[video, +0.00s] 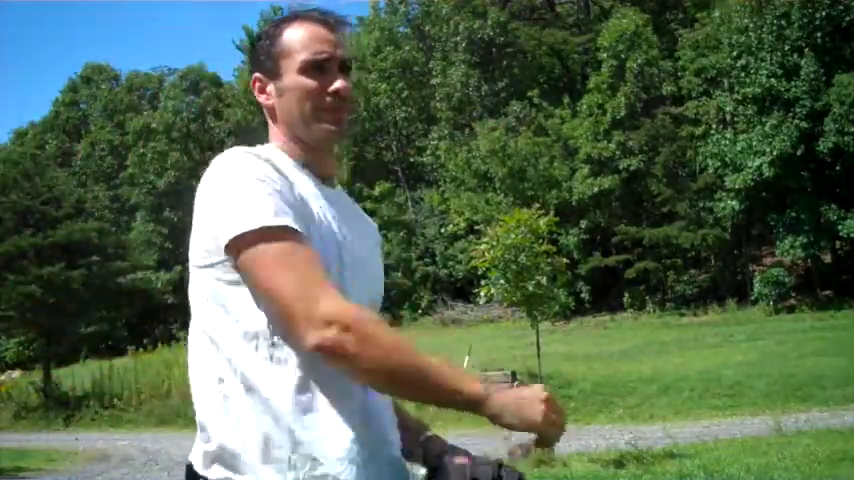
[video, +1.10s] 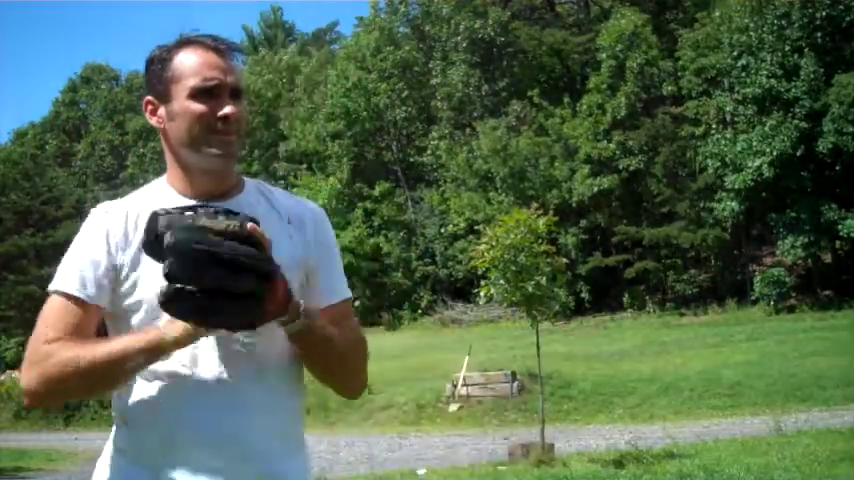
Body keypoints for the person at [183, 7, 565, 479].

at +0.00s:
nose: (341, 85)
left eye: (345, 69)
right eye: (317, 69)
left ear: (353, 80)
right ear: (265, 91)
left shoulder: (361, 224)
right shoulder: (242, 177)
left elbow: (354, 383)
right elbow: (325, 329)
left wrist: (436, 453)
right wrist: (491, 399)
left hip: (366, 466)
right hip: (264, 465)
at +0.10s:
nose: (328, 89)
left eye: (333, 75)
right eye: (306, 73)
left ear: (340, 86)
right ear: (253, 94)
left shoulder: (362, 228)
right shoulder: (212, 190)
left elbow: (363, 382)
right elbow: (236, 329)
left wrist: (440, 444)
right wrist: (403, 376)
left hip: (364, 472)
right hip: (252, 469)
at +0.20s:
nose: (316, 90)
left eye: (321, 77)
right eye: (293, 74)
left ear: (327, 89)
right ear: (240, 94)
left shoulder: (359, 228)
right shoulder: (190, 196)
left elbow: (370, 369)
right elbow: (142, 326)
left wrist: (446, 425)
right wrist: (279, 358)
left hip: (345, 471)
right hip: (219, 470)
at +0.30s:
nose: (303, 91)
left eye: (309, 77)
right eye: (279, 75)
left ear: (318, 88)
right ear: (228, 94)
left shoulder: (351, 226)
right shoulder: (171, 203)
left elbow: (370, 361)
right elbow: (77, 334)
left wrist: (432, 391)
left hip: (328, 467)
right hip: (198, 469)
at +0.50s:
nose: (277, 98)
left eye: (282, 82)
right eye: (255, 82)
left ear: (290, 93)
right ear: (201, 98)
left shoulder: (337, 218)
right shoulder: (142, 213)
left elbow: (405, 372)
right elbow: (44, 352)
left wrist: (379, 334)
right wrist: (182, 316)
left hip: (301, 466)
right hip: (171, 467)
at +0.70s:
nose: (245, 105)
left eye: (252, 90)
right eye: (223, 89)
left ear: (262, 100)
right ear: (173, 107)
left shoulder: (319, 214)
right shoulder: (127, 217)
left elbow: (410, 349)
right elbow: (37, 346)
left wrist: (306, 306)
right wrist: (156, 298)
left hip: (284, 468)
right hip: (157, 468)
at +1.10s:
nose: (229, 110)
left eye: (236, 95)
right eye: (207, 94)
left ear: (245, 107)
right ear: (156, 113)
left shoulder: (303, 222)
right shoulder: (113, 226)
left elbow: (352, 377)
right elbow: (39, 377)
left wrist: (287, 312)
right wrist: (173, 332)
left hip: (272, 468)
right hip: (146, 470)